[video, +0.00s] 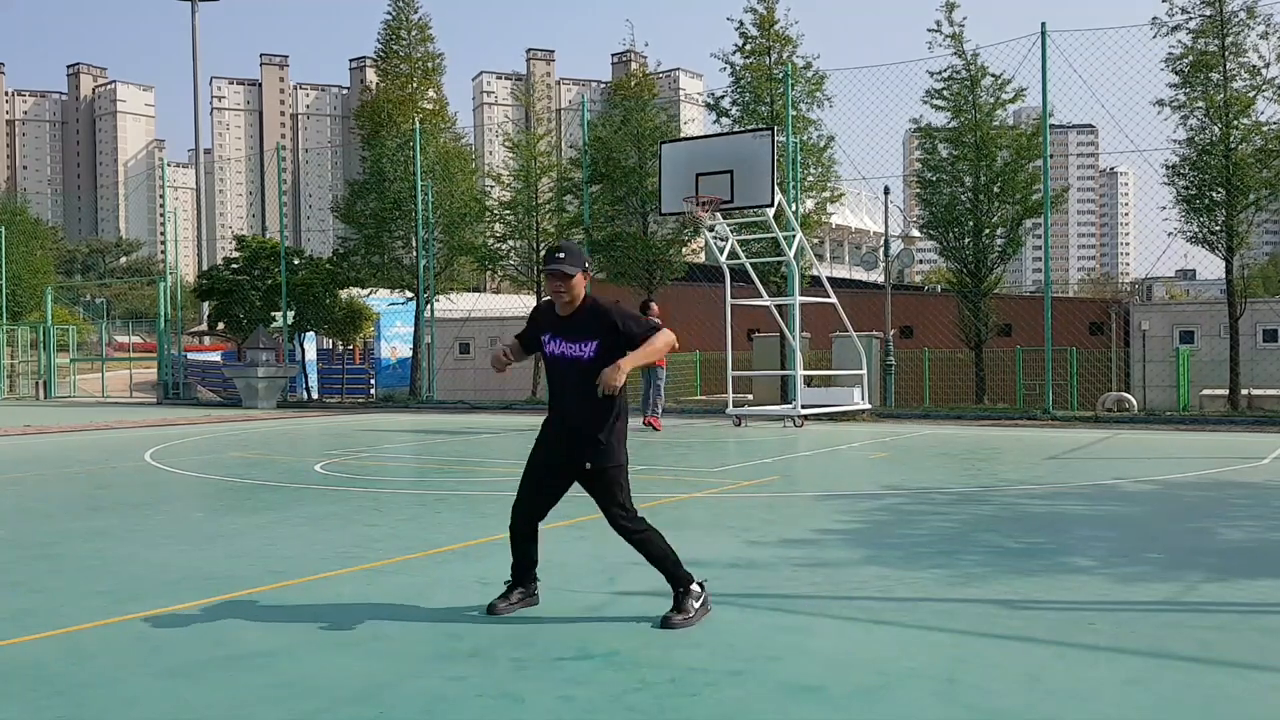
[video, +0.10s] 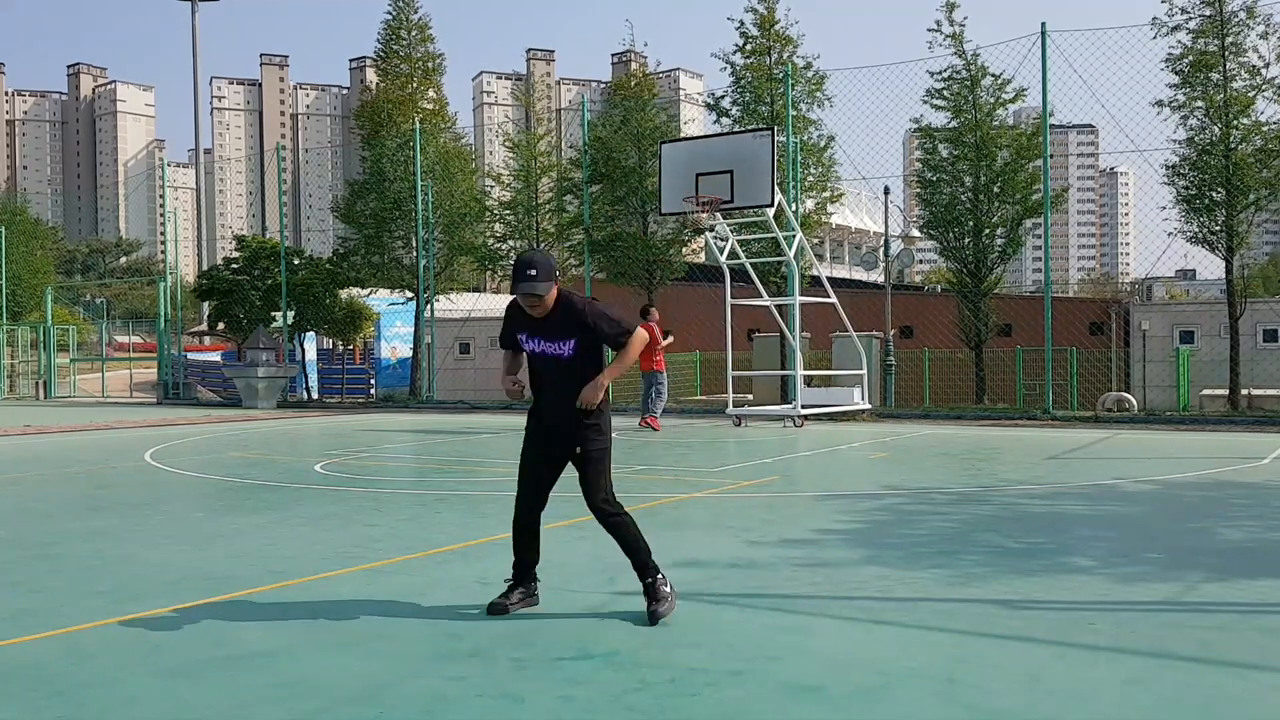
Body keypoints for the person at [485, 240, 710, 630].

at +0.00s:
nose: (557, 284)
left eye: (566, 277)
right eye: (551, 277)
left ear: (586, 277)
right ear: (545, 280)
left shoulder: (608, 317)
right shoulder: (543, 316)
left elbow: (666, 339)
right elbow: (524, 345)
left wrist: (624, 364)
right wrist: (506, 353)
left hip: (601, 442)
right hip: (557, 438)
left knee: (623, 519)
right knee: (523, 514)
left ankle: (688, 590)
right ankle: (523, 587)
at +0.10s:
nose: (530, 302)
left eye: (538, 295)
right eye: (523, 295)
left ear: (556, 285)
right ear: (515, 289)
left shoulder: (582, 311)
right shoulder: (516, 311)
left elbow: (639, 338)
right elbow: (514, 348)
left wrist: (602, 380)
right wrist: (509, 375)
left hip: (587, 421)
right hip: (544, 421)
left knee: (600, 501)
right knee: (526, 505)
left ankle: (654, 582)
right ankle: (523, 585)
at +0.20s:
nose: (523, 305)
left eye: (530, 298)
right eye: (516, 299)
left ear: (543, 287)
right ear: (504, 290)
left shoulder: (568, 308)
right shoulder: (499, 311)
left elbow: (621, 332)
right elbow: (503, 347)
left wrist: (587, 376)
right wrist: (506, 377)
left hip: (577, 415)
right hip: (532, 416)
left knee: (581, 493)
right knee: (524, 502)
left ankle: (605, 575)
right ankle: (523, 583)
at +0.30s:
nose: (526, 295)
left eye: (533, 289)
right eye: (519, 289)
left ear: (545, 279)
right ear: (505, 281)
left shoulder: (565, 298)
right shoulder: (492, 302)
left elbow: (615, 319)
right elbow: (484, 340)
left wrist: (583, 359)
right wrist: (492, 365)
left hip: (565, 410)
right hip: (519, 410)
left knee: (562, 491)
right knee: (518, 497)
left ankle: (564, 567)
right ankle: (520, 581)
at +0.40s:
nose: (533, 296)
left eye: (540, 290)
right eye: (525, 290)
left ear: (551, 280)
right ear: (510, 282)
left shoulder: (570, 301)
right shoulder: (492, 303)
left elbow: (623, 315)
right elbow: (457, 331)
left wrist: (587, 348)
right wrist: (469, 345)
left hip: (555, 418)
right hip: (509, 417)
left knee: (543, 498)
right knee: (505, 499)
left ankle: (539, 566)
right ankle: (506, 579)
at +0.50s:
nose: (536, 303)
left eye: (543, 296)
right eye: (529, 296)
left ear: (554, 289)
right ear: (514, 288)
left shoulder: (570, 313)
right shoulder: (491, 313)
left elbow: (626, 326)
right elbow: (438, 334)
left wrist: (592, 361)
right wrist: (465, 352)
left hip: (548, 432)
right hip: (501, 431)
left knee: (534, 508)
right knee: (502, 510)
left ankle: (529, 566)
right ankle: (508, 581)